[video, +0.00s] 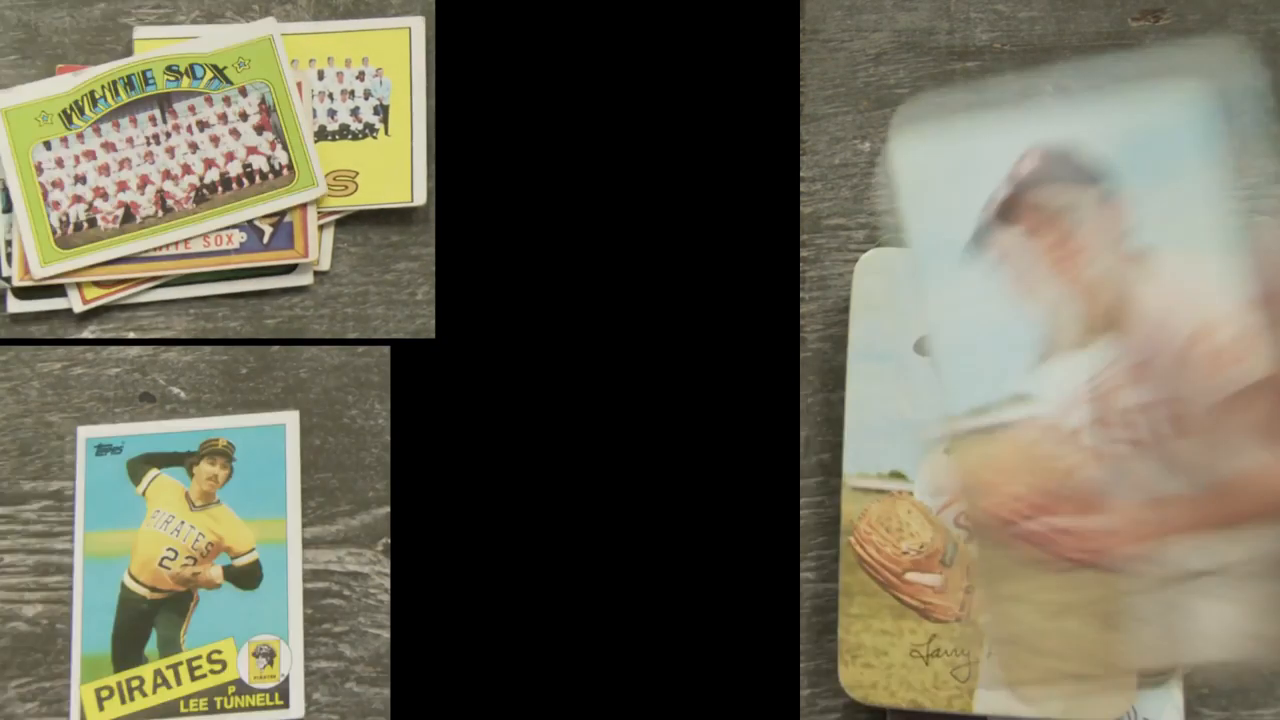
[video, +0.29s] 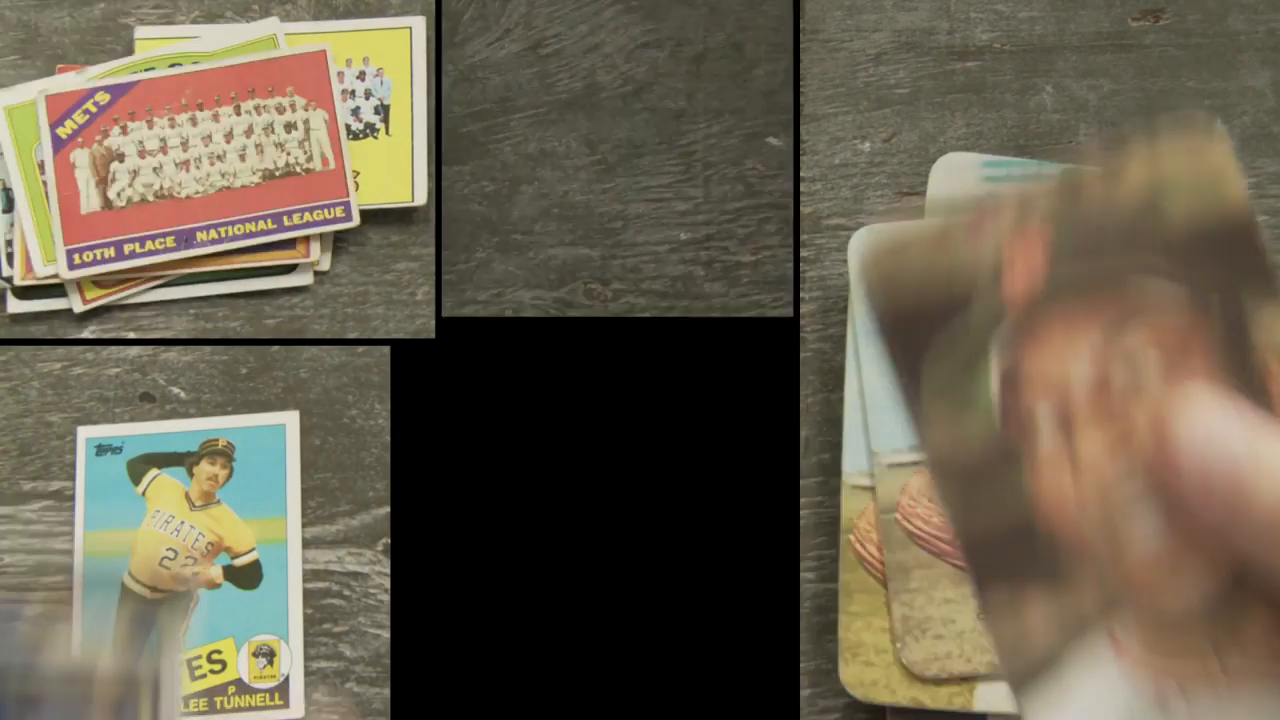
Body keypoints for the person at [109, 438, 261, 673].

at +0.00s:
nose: (216, 472)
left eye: (224, 467)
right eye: (211, 463)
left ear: (228, 476)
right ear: (194, 466)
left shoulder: (228, 524)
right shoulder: (163, 490)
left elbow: (253, 576)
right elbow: (136, 464)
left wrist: (217, 573)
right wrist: (186, 459)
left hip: (176, 597)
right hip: (134, 592)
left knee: (169, 648)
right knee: (124, 661)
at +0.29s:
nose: (217, 472)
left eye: (224, 467)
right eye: (211, 463)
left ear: (228, 476)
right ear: (195, 466)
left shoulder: (229, 524)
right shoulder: (164, 490)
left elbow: (253, 576)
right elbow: (136, 464)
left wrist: (221, 572)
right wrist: (186, 459)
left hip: (177, 598)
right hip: (135, 591)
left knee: (167, 667)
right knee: (120, 666)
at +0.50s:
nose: (225, 458)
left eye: (230, 453)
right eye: (223, 453)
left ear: (247, 452)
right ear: (222, 453)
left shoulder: (246, 475)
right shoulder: (266, 462)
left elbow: (218, 490)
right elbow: (288, 462)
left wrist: (174, 489)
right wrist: (292, 449)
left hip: (290, 537)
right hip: (270, 537)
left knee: (230, 577)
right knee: (218, 591)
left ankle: (190, 637)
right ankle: (221, 653)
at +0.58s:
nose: (225, 458)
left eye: (231, 453)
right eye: (223, 453)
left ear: (247, 452)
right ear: (222, 453)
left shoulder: (247, 474)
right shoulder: (266, 462)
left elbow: (218, 490)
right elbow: (288, 462)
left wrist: (174, 489)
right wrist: (292, 449)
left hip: (290, 537)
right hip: (269, 537)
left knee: (231, 577)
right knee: (219, 592)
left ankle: (190, 638)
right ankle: (220, 654)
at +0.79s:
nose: (198, 503)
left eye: (204, 498)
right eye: (194, 497)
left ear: (214, 504)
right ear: (187, 497)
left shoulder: (214, 536)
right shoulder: (166, 523)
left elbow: (232, 576)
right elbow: (126, 515)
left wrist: (212, 577)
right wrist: (88, 508)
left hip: (192, 591)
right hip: (161, 590)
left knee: (173, 606)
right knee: (147, 643)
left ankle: (165, 672)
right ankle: (158, 660)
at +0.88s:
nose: (211, 500)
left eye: (217, 499)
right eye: (209, 494)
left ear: (218, 507)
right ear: (199, 494)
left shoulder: (218, 539)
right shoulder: (167, 523)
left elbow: (235, 578)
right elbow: (127, 513)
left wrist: (215, 576)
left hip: (193, 592)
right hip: (160, 589)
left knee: (174, 605)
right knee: (147, 645)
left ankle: (166, 677)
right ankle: (159, 650)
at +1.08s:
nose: (209, 499)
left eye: (215, 498)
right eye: (208, 493)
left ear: (217, 507)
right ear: (199, 495)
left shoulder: (220, 539)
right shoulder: (170, 523)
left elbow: (235, 578)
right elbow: (128, 513)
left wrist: (214, 576)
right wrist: (140, 495)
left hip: (199, 609)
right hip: (165, 605)